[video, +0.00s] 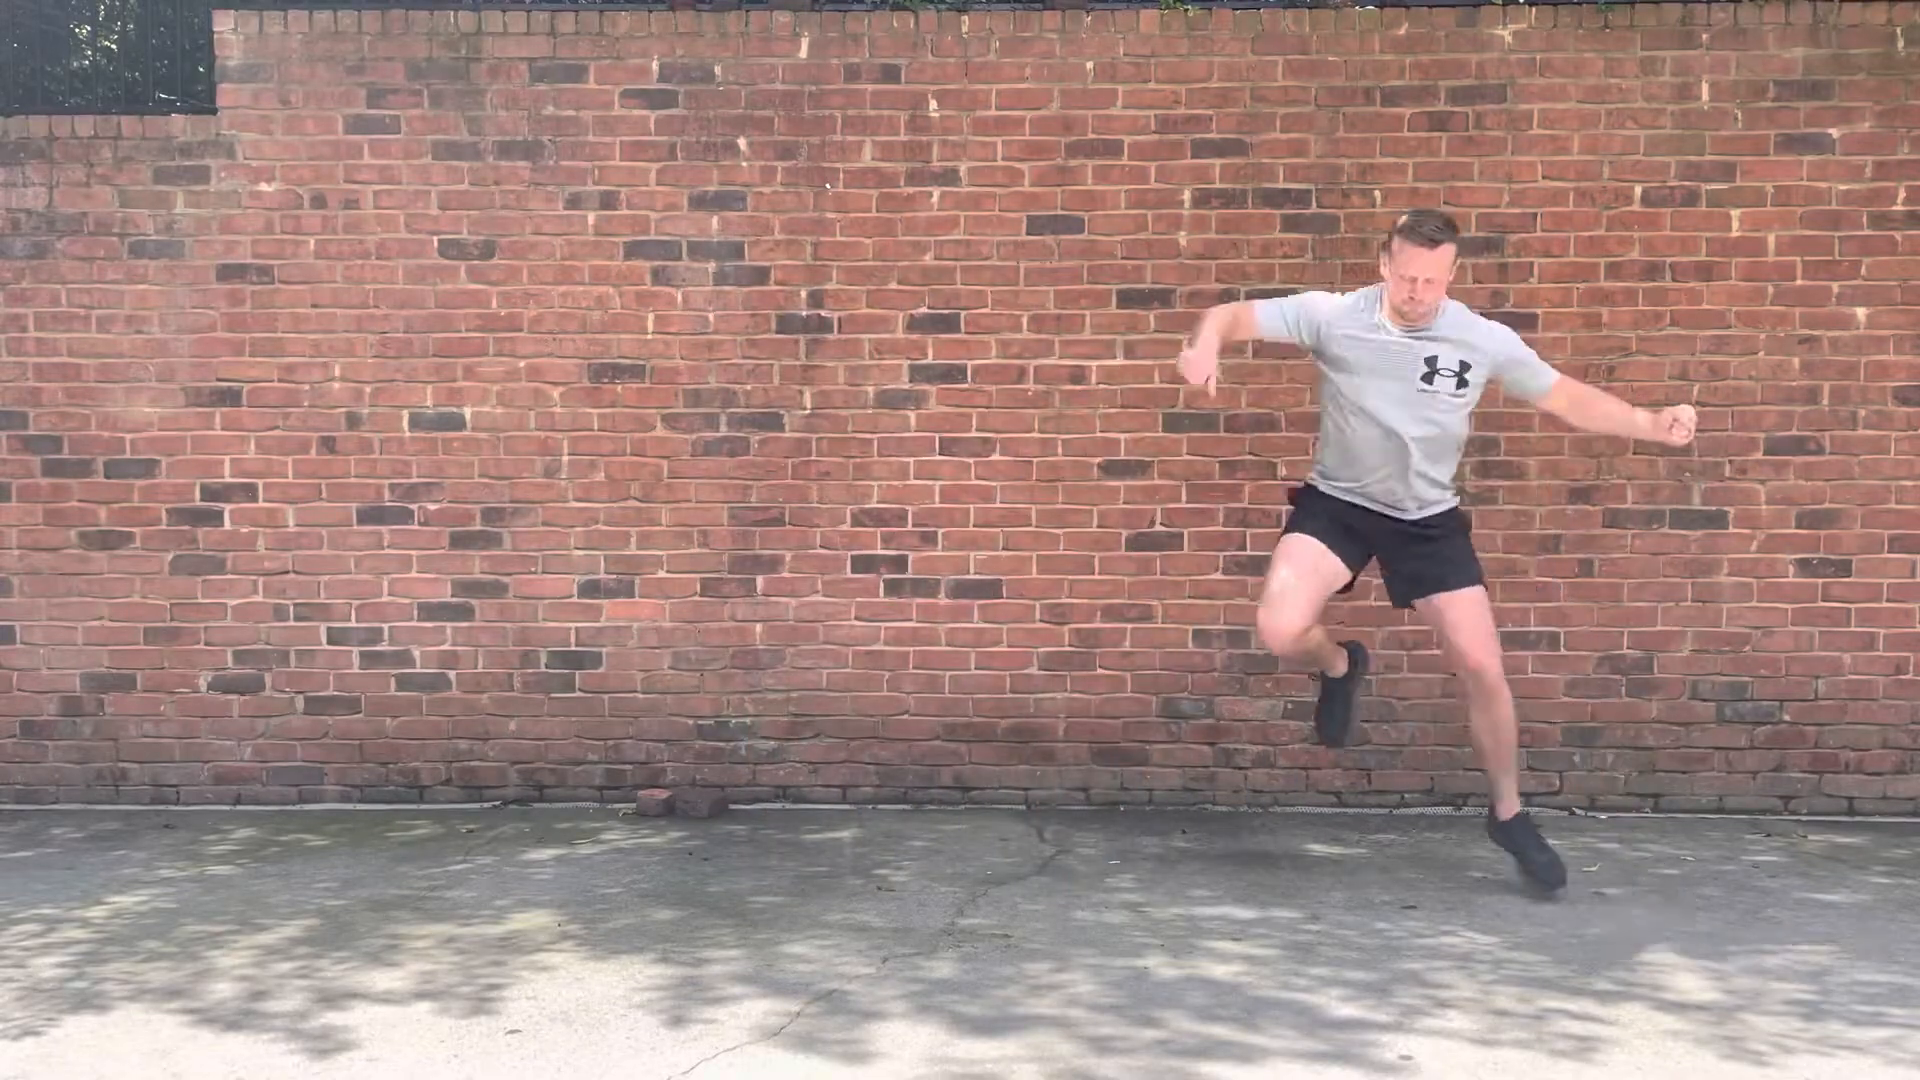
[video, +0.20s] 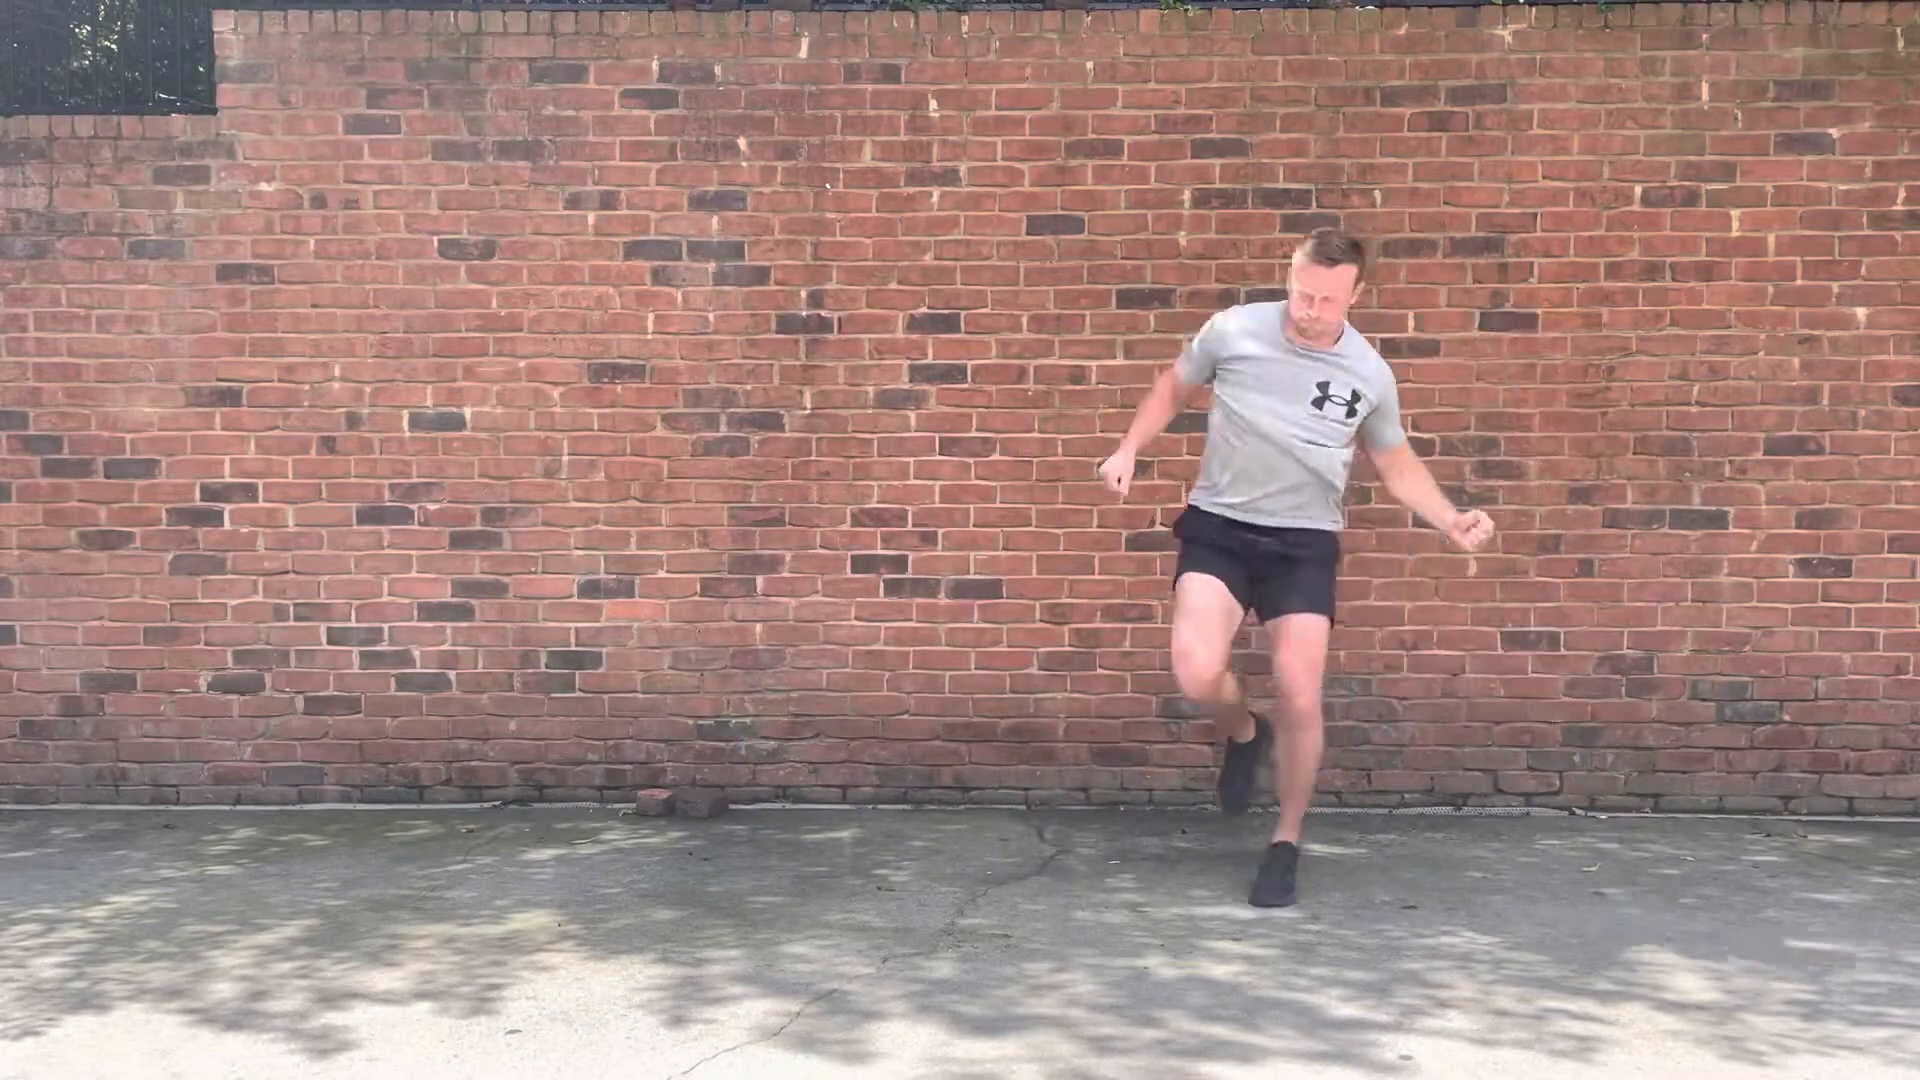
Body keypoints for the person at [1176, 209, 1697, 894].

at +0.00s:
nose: (1418, 293)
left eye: (1433, 281)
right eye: (1406, 277)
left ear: (1452, 277)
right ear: (1384, 264)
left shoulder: (1483, 340)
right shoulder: (1333, 316)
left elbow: (1566, 396)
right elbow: (1231, 316)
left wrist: (1651, 425)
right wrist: (1204, 345)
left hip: (1430, 521)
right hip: (1335, 505)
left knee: (1482, 664)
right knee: (1277, 631)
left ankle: (1507, 814)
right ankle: (1341, 665)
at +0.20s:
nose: (1312, 310)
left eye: (1329, 299)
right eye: (1304, 293)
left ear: (1354, 296)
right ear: (1288, 278)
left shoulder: (1368, 375)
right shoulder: (1231, 331)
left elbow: (1398, 467)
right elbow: (1172, 388)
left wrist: (1451, 519)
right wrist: (1127, 450)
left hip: (1304, 543)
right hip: (1216, 528)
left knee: (1299, 699)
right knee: (1195, 675)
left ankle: (1285, 843)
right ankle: (1247, 732)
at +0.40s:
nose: (1168, 313)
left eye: (1185, 304)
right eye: (1161, 298)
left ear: (1215, 305)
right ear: (1151, 288)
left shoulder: (1233, 385)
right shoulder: (1102, 332)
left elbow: (1295, 489)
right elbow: (1005, 352)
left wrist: (1281, 441)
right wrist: (1003, 312)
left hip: (1169, 549)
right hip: (1082, 523)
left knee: (1211, 686)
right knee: (984, 608)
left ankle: (1270, 838)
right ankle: (1017, 720)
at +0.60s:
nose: (974, 284)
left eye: (988, 271)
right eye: (964, 270)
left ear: (1021, 262)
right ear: (953, 263)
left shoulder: (1061, 338)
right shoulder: (923, 303)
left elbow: (1129, 432)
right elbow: (830, 305)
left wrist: (1080, 447)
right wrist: (734, 313)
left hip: (1013, 517)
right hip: (920, 500)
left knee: (1073, 675)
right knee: (828, 629)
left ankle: (1075, 759)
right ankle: (765, 770)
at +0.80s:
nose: (777, 406)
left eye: (789, 390)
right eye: (765, 393)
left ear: (821, 377)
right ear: (754, 387)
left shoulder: (881, 435)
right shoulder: (745, 436)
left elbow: (936, 517)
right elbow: (689, 461)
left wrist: (861, 550)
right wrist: (615, 495)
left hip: (865, 618)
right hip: (777, 603)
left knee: (878, 779)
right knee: (706, 732)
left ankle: (824, 749)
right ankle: (658, 864)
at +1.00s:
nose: (711, 443)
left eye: (719, 426)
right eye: (697, 433)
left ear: (746, 404)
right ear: (682, 428)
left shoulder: (817, 451)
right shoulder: (684, 495)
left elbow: (914, 515)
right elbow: (661, 587)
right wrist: (636, 672)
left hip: (834, 620)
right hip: (745, 617)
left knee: (856, 766)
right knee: (674, 724)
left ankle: (780, 793)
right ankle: (652, 863)